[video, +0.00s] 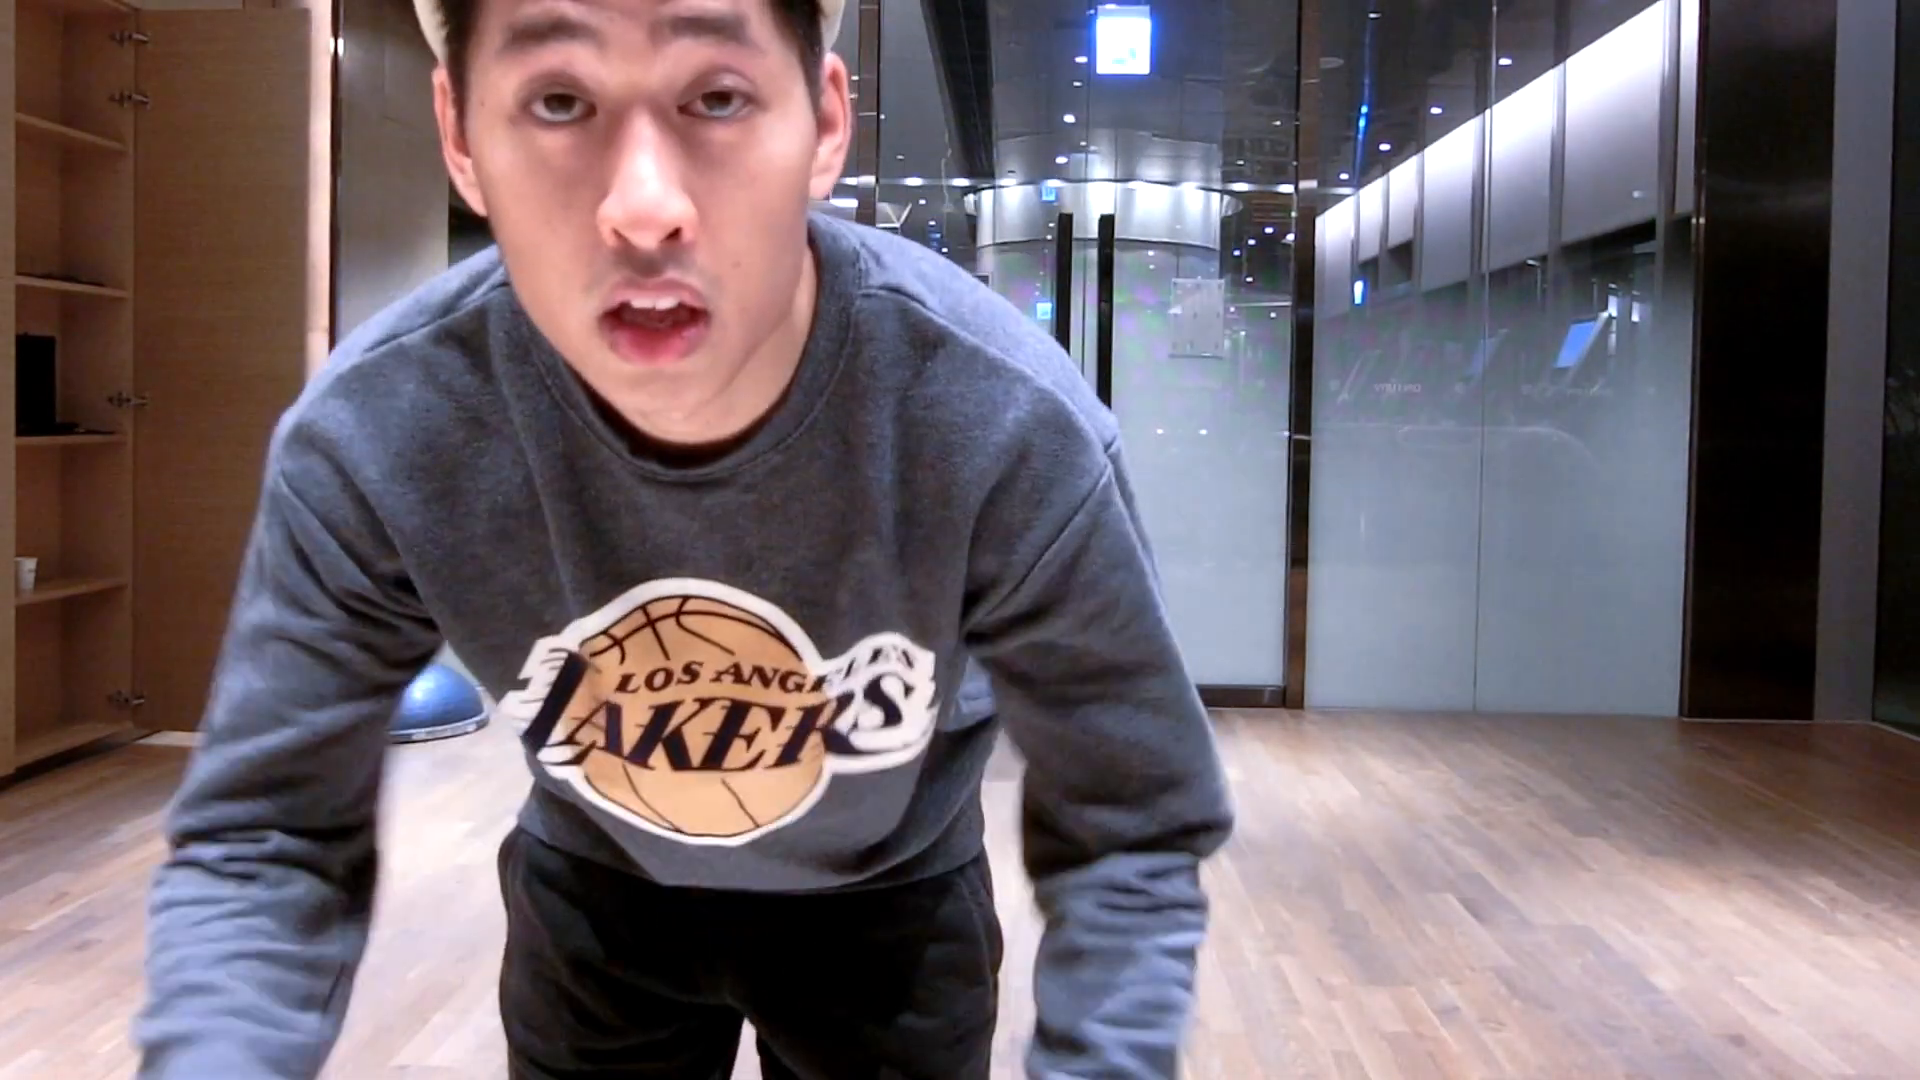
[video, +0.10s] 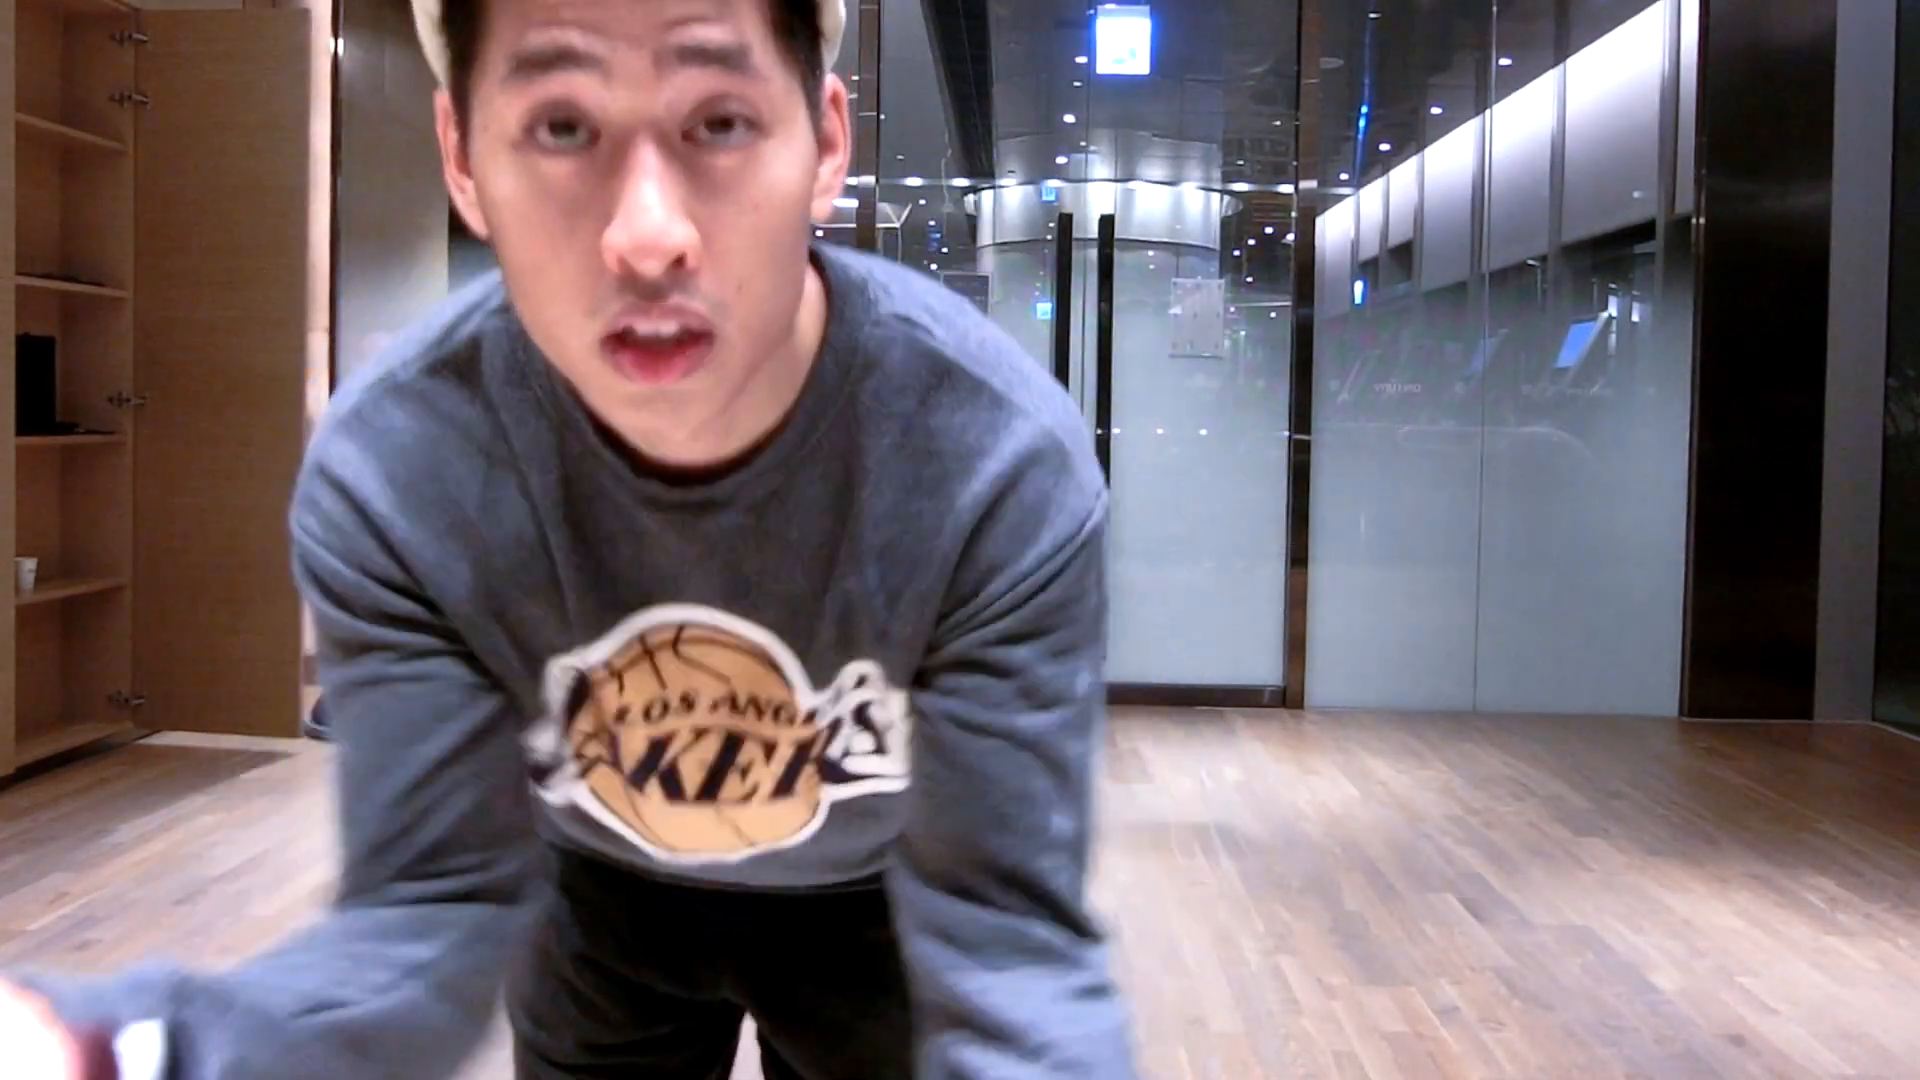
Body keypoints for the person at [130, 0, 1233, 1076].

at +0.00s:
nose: (645, 210)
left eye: (716, 101)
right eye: (562, 105)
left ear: (827, 125)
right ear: (463, 146)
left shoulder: (1005, 426)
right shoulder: (370, 445)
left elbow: (1131, 841)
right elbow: (259, 847)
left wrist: (1094, 1068)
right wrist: (216, 1065)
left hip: (888, 884)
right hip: (605, 880)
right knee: (587, 1072)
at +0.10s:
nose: (648, 236)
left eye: (719, 128)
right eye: (566, 133)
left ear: (828, 153)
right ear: (466, 172)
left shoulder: (1002, 466)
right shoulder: (391, 476)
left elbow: (1015, 932)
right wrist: (125, 1053)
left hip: (863, 895)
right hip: (600, 883)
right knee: (589, 1077)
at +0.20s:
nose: (658, 360)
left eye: (726, 241)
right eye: (569, 247)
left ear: (835, 239)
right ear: (467, 260)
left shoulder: (993, 523)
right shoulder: (399, 546)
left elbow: (973, 1022)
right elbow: (526, 1020)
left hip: (863, 926)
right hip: (606, 931)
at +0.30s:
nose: (668, 505)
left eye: (733, 381)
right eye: (579, 389)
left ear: (842, 354)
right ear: (470, 375)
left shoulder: (993, 594)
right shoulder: (405, 616)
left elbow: (957, 1035)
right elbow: (516, 1027)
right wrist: (770, 1069)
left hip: (861, 965)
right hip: (609, 970)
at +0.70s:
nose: (652, 446)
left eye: (719, 334)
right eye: (561, 343)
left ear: (828, 305)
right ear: (454, 341)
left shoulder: (987, 613)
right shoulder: (368, 591)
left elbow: (825, 1029)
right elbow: (515, 1018)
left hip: (866, 938)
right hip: (586, 950)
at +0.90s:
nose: (573, 316)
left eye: (633, 196)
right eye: (477, 221)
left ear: (767, 205)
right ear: (403, 266)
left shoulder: (993, 543)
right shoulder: (363, 583)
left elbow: (862, 976)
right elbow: (478, 990)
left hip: (848, 932)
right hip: (578, 935)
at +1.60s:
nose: (525, 370)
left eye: (560, 232)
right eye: (410, 285)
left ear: (678, 202)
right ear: (325, 321)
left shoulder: (918, 515)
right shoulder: (323, 561)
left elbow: (866, 1007)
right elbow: (429, 983)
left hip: (819, 918)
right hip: (568, 921)